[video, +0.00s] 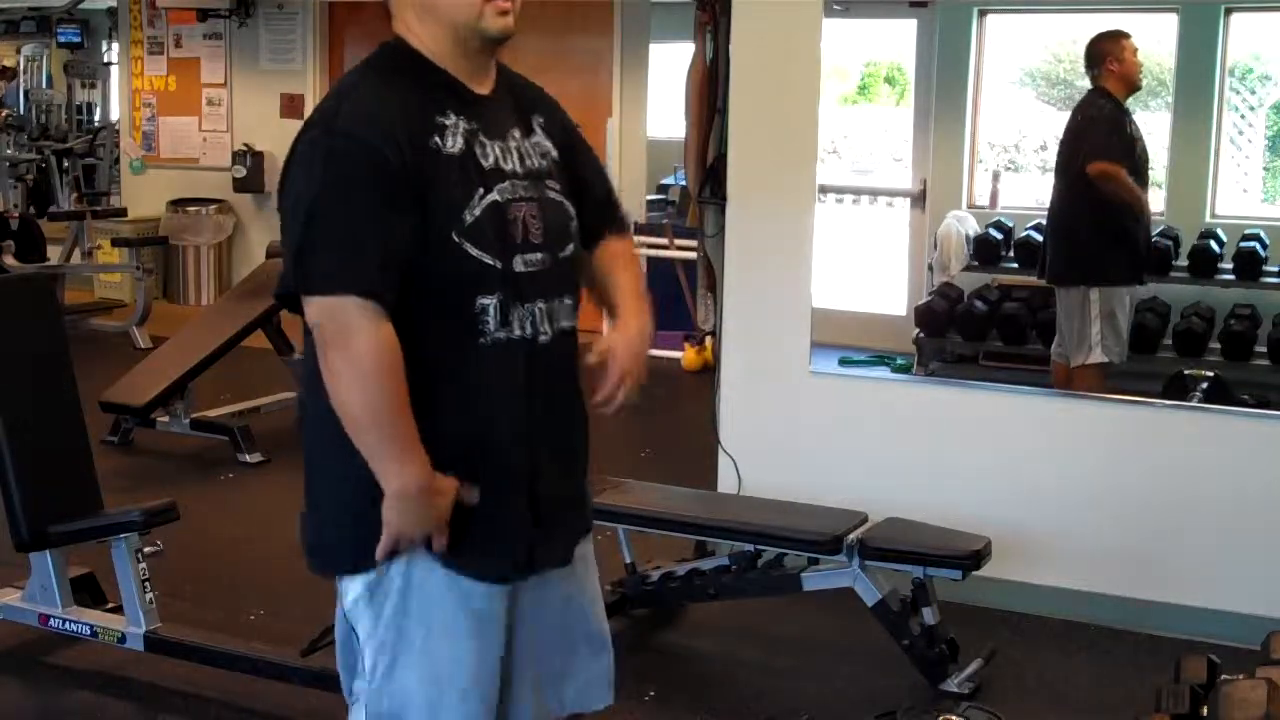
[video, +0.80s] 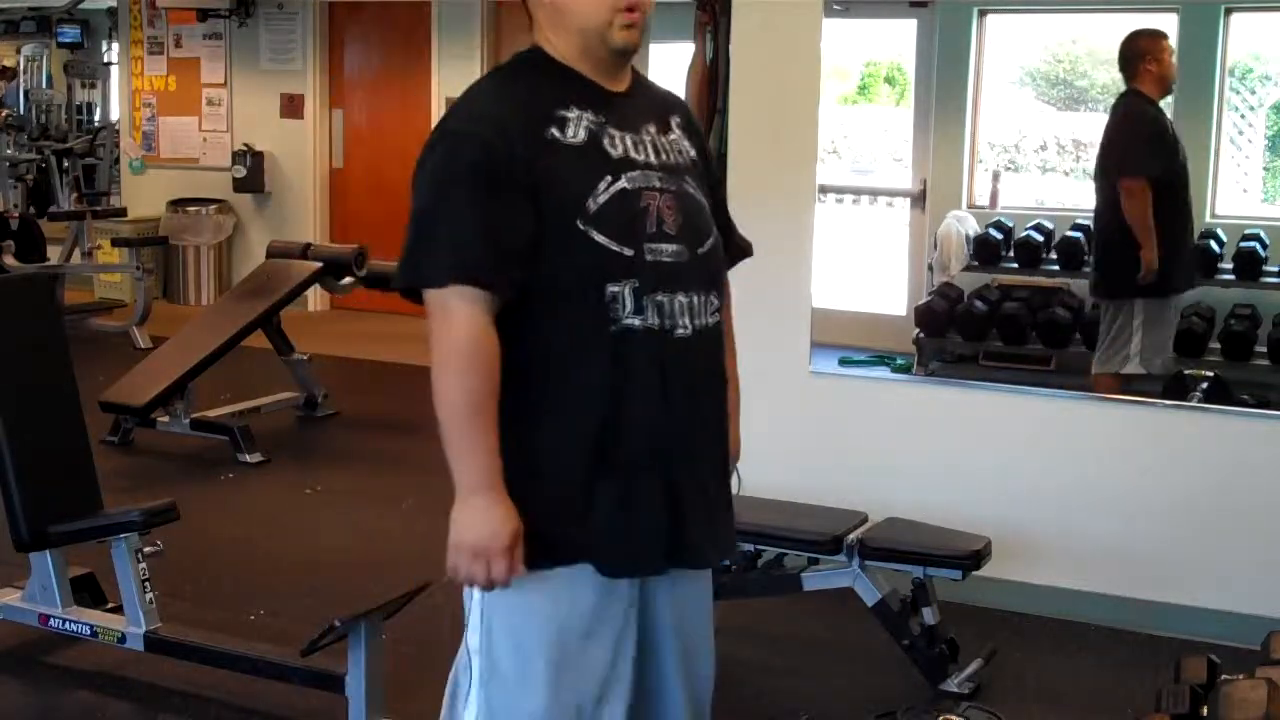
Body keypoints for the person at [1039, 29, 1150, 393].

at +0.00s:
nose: (1141, 63)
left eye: (1138, 55)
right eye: (1134, 55)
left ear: (1110, 65)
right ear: (1113, 64)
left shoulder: (1092, 107)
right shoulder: (1105, 108)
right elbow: (1100, 167)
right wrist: (1141, 202)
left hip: (1075, 253)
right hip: (1096, 256)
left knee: (1068, 352)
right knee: (1092, 359)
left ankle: (1066, 435)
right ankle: (1085, 442)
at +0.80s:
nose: (1176, 65)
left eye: (1174, 57)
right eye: (1171, 57)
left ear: (1144, 65)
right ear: (1150, 64)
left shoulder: (1140, 111)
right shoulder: (1137, 114)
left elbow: (1134, 186)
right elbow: (1132, 187)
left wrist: (1157, 247)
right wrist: (1149, 248)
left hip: (1142, 265)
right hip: (1134, 267)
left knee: (1127, 369)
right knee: (1115, 370)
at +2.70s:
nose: (1207, 98)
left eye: (1211, 90)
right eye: (1207, 88)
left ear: (1183, 77)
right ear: (1182, 75)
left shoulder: (1175, 124)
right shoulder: (1145, 119)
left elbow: (1177, 194)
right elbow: (1132, 188)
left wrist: (1189, 253)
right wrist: (1149, 250)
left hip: (1169, 267)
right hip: (1141, 267)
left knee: (1159, 368)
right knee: (1136, 367)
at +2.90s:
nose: (1209, 104)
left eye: (1214, 98)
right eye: (1210, 95)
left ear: (1189, 81)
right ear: (1189, 79)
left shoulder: (1177, 126)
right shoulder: (1146, 120)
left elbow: (1174, 194)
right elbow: (1128, 189)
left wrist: (1180, 253)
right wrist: (1146, 250)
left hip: (1167, 268)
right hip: (1139, 269)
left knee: (1156, 374)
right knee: (1127, 372)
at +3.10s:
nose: (1210, 109)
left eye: (1216, 103)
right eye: (1212, 100)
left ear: (1194, 85)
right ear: (1194, 85)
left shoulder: (1175, 126)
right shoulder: (1148, 121)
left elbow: (1168, 196)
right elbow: (1130, 190)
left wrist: (1173, 259)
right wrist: (1143, 255)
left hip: (1162, 270)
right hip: (1135, 270)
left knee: (1149, 373)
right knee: (1125, 372)